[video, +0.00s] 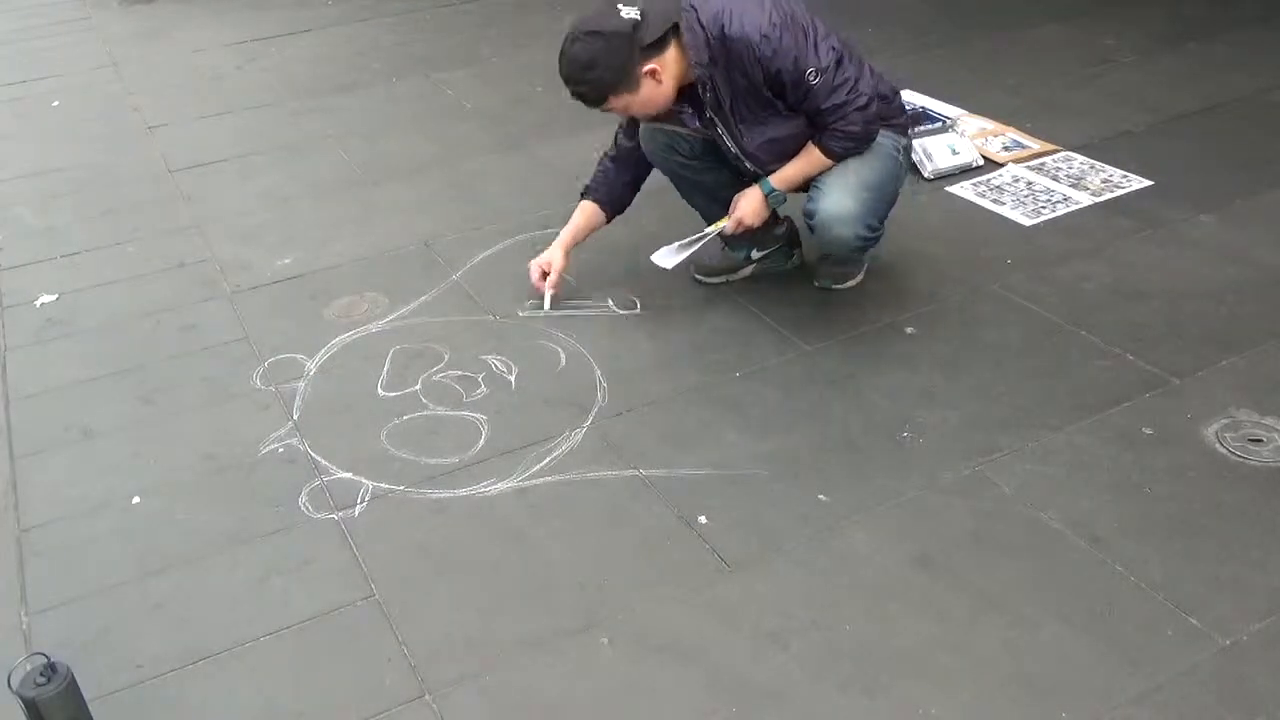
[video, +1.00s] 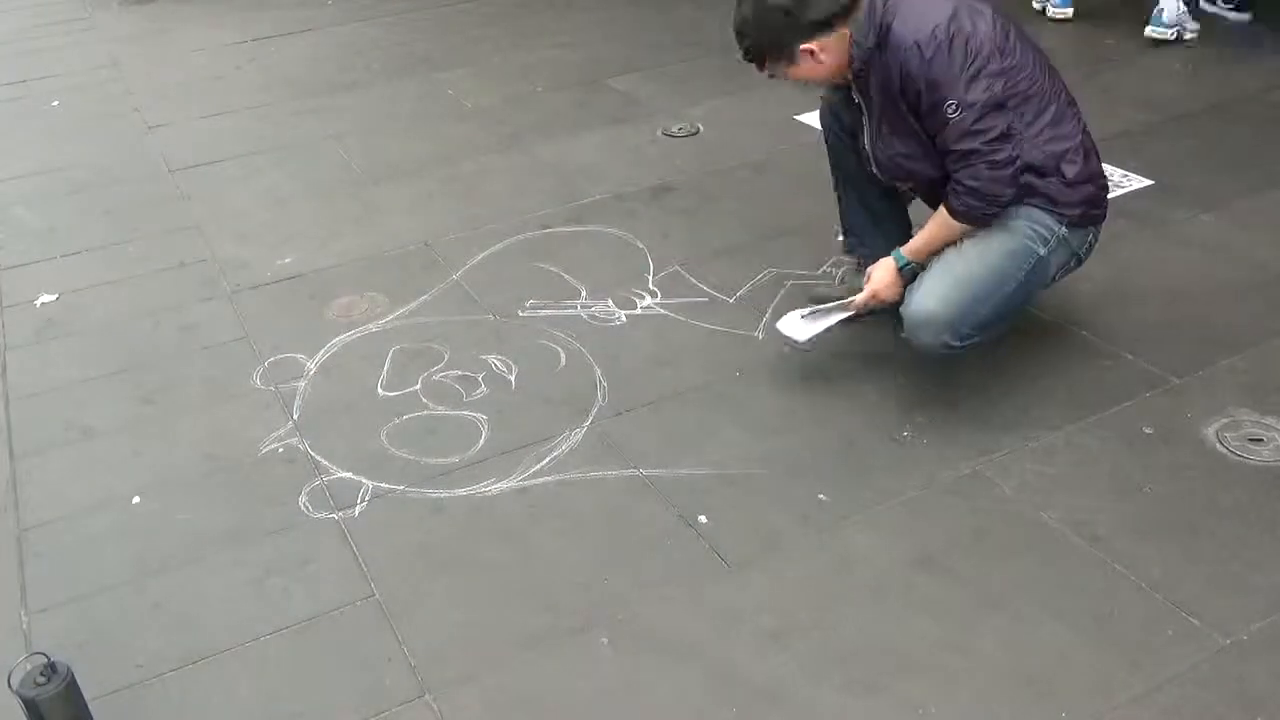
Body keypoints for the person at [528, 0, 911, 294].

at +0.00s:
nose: (623, 117)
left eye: (620, 106)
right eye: (614, 111)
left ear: (653, 75)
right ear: (650, 70)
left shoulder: (763, 34)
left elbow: (859, 118)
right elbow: (624, 157)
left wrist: (770, 191)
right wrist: (563, 243)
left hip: (861, 133)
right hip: (776, 145)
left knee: (837, 221)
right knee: (660, 138)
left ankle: (840, 255)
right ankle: (763, 240)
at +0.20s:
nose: (679, 101)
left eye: (675, 92)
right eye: (669, 94)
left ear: (709, 61)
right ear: (709, 56)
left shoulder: (830, 36)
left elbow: (907, 136)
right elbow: (694, 155)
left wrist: (807, 191)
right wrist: (659, 244)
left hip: (881, 152)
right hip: (799, 154)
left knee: (878, 240)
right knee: (698, 127)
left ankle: (843, 235)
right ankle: (772, 241)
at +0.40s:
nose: (673, 98)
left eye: (668, 90)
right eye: (664, 92)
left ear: (700, 61)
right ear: (700, 56)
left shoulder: (823, 38)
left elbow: (901, 142)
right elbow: (698, 149)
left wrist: (800, 196)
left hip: (881, 154)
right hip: (798, 152)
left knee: (871, 241)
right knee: (695, 122)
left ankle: (841, 244)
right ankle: (772, 242)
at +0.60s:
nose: (691, 124)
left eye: (686, 114)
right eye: (682, 117)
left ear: (719, 86)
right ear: (717, 80)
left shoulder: (841, 48)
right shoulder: (736, 65)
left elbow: (944, 129)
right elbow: (718, 162)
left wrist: (842, 186)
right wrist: (675, 236)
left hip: (925, 151)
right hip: (838, 153)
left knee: (895, 219)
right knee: (730, 146)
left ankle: (872, 256)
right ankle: (822, 232)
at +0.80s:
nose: (780, 122)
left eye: (771, 111)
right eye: (767, 115)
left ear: (800, 72)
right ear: (799, 68)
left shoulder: (928, 57)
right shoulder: (828, 60)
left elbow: (1000, 189)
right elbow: (821, 173)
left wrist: (898, 244)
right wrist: (794, 254)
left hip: (1027, 188)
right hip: (932, 180)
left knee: (960, 298)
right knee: (808, 141)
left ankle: (965, 317)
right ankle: (892, 274)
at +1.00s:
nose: (794, 82)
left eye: (785, 73)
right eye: (782, 76)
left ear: (812, 52)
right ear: (816, 47)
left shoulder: (937, 40)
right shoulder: (865, 36)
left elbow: (985, 191)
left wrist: (901, 264)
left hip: (1051, 203)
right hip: (974, 175)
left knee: (927, 324)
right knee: (840, 110)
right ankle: (881, 268)